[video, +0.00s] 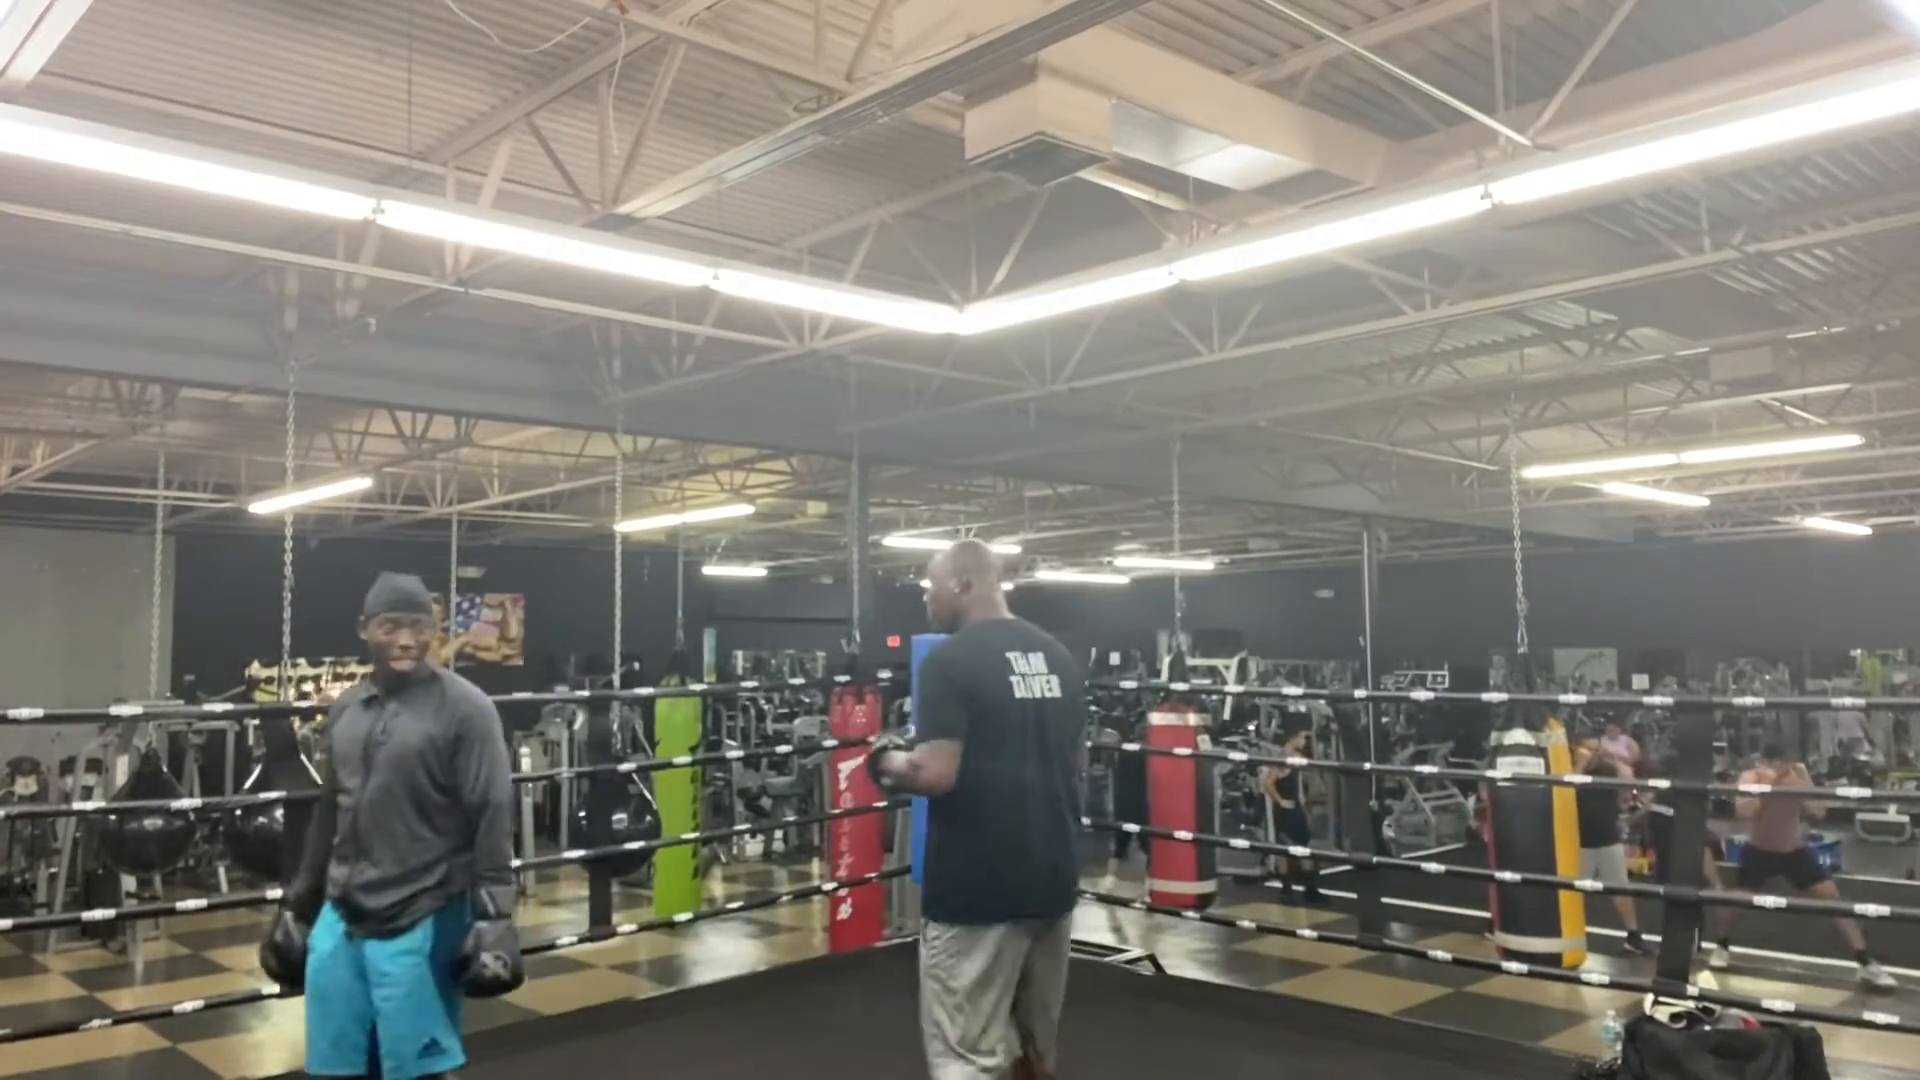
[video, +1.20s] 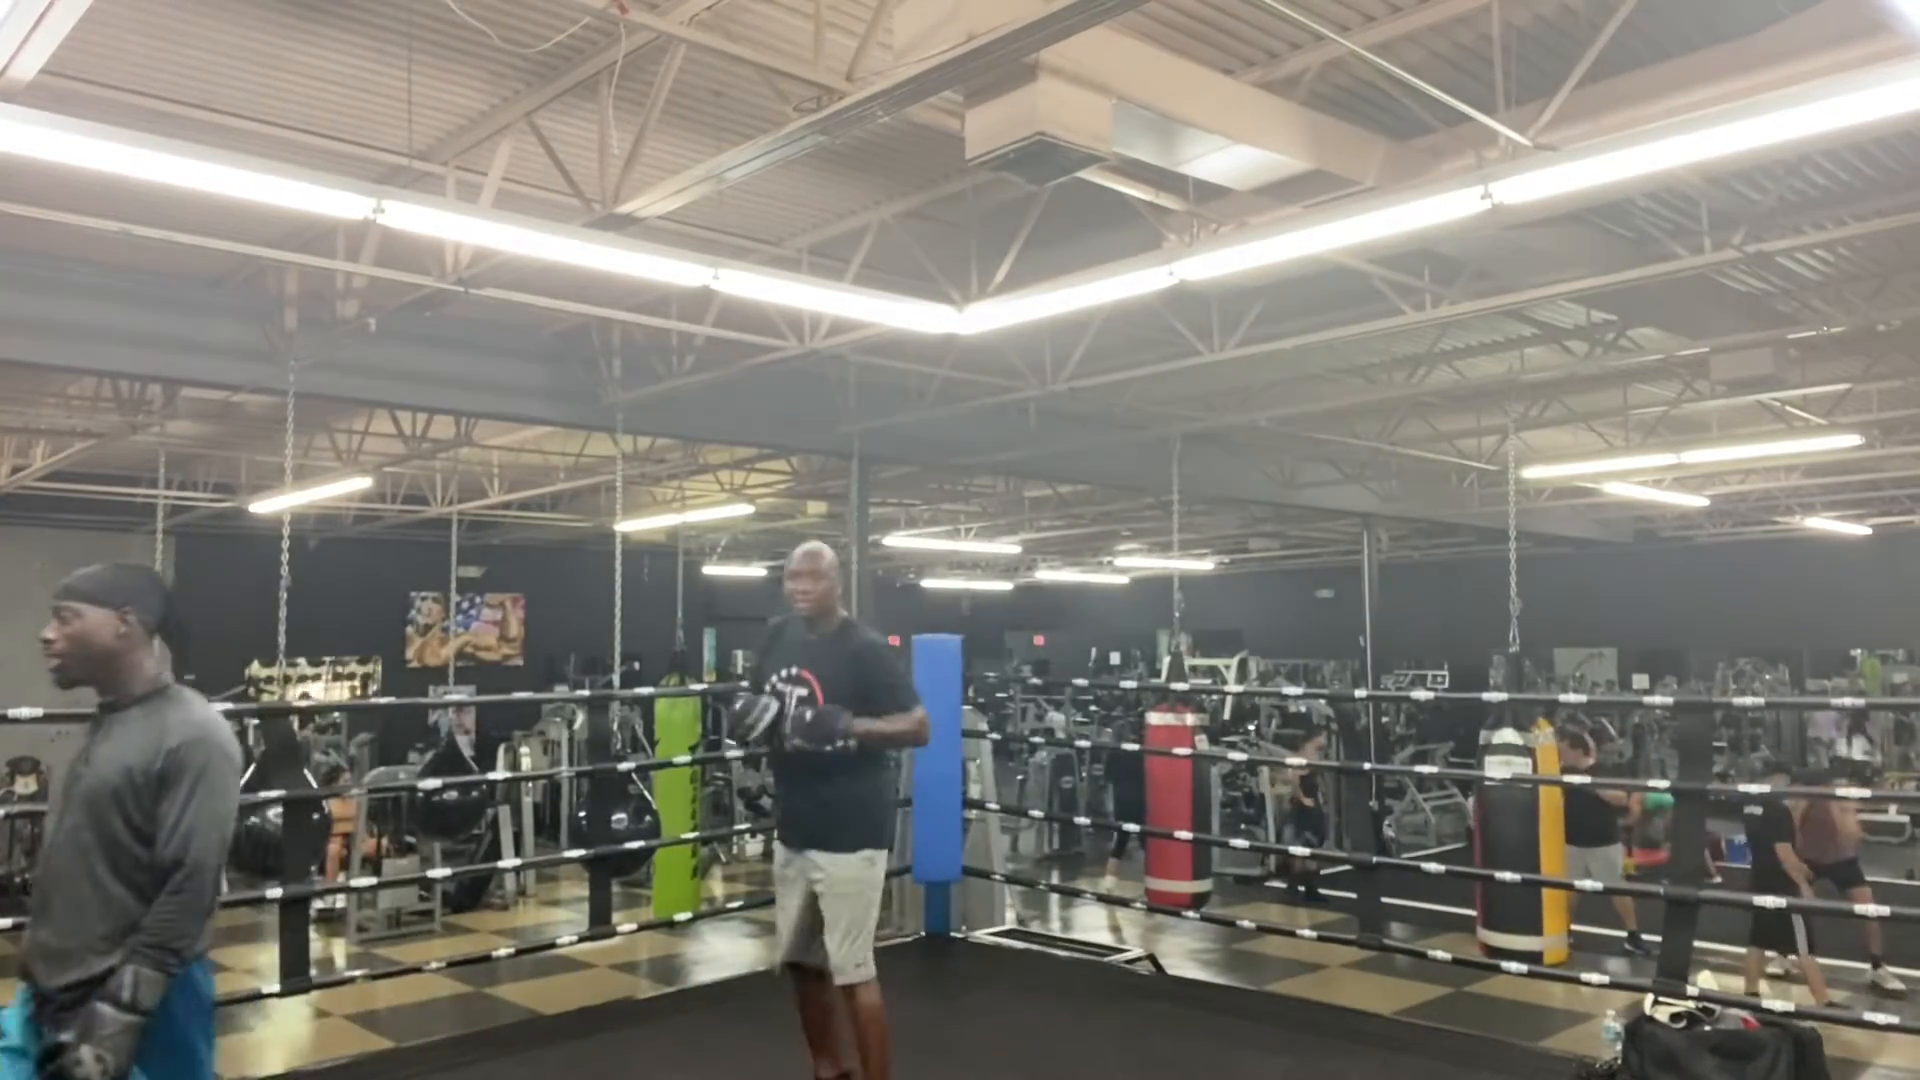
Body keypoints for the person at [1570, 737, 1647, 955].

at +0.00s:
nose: (1591, 754)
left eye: (1594, 749)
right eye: (1586, 750)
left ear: (1600, 750)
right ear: (1575, 753)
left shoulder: (1613, 771)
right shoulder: (1572, 775)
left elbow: (1629, 783)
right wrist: (1581, 767)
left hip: (1609, 838)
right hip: (1580, 839)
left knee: (1621, 888)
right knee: (1574, 890)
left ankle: (1633, 933)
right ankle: (1568, 937)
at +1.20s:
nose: (1559, 754)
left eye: (1563, 749)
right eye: (1559, 750)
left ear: (1580, 750)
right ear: (1569, 751)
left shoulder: (1604, 772)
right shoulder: (1562, 774)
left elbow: (1621, 798)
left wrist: (1592, 786)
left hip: (1604, 842)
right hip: (1570, 841)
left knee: (1618, 890)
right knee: (1566, 890)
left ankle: (1633, 934)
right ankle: (1562, 931)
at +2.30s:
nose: (1567, 762)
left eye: (1570, 757)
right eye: (1565, 757)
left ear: (1582, 756)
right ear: (1564, 759)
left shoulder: (1603, 773)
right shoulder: (1561, 777)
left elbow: (1626, 794)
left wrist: (1598, 794)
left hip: (1605, 841)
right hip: (1573, 842)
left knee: (1619, 890)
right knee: (1567, 892)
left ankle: (1633, 933)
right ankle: (1563, 936)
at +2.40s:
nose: (1567, 762)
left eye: (1570, 757)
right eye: (1565, 758)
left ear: (1581, 755)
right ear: (1564, 758)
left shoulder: (1600, 773)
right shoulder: (1558, 776)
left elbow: (1626, 794)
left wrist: (1598, 795)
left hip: (1605, 839)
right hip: (1573, 841)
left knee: (1619, 889)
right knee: (1566, 891)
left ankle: (1633, 934)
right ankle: (1562, 936)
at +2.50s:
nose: (1564, 761)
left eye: (1567, 756)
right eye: (1562, 757)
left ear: (1578, 754)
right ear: (1561, 757)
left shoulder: (1600, 770)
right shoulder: (1557, 777)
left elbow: (1627, 793)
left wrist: (1599, 796)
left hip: (1604, 840)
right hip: (1573, 843)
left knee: (1620, 889)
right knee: (1566, 892)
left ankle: (1633, 934)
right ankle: (1563, 937)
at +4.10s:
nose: (1597, 758)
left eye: (1598, 752)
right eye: (1591, 753)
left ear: (1601, 750)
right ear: (1571, 754)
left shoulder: (1606, 773)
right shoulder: (1564, 777)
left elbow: (1624, 791)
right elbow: (1572, 808)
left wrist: (1623, 799)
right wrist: (1607, 803)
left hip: (1607, 840)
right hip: (1575, 843)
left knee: (1620, 890)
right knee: (1565, 892)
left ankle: (1633, 934)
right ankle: (1561, 936)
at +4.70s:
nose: (1608, 760)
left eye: (1610, 755)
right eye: (1604, 754)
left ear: (1612, 753)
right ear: (1590, 750)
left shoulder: (1610, 774)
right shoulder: (1568, 771)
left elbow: (1614, 799)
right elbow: (1554, 797)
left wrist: (1627, 804)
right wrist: (1579, 811)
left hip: (1607, 842)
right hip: (1576, 843)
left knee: (1620, 890)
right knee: (1570, 892)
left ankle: (1633, 935)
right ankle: (1564, 932)